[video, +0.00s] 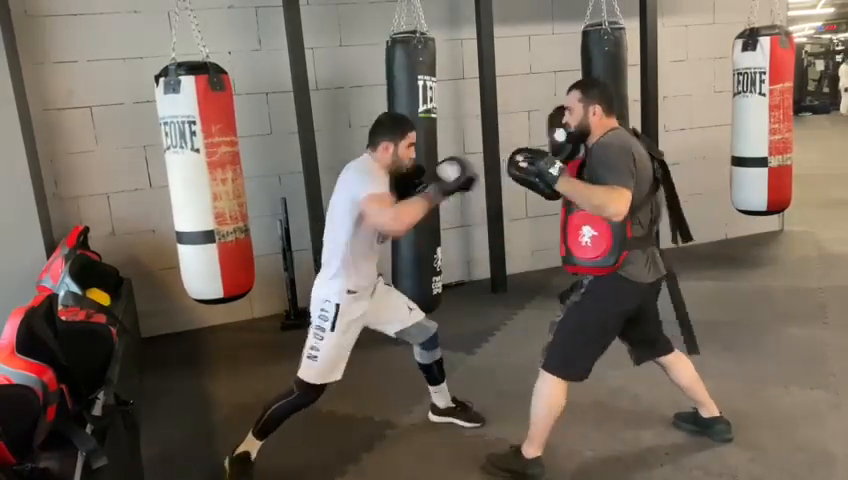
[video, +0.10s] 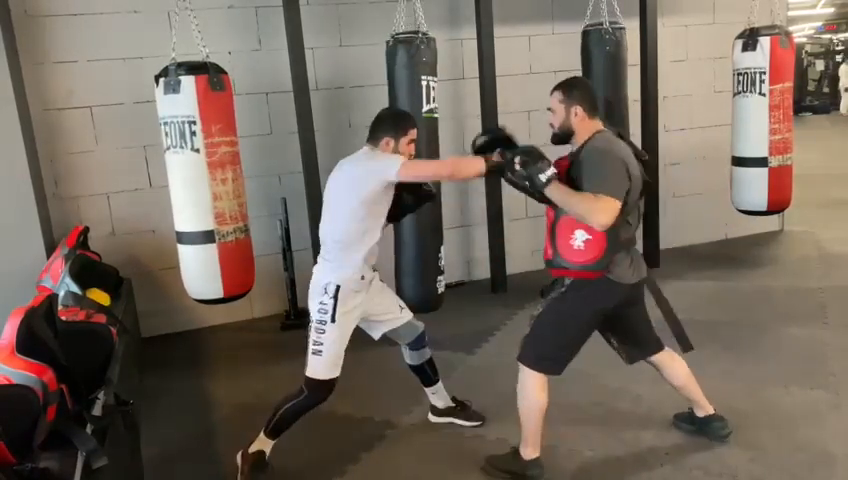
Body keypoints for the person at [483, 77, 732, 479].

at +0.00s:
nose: (567, 119)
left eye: (571, 110)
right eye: (566, 111)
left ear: (595, 110)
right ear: (603, 112)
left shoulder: (609, 148)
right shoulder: (629, 144)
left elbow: (616, 204)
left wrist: (556, 178)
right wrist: (569, 158)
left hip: (615, 278)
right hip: (644, 274)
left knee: (557, 364)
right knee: (660, 348)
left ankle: (529, 454)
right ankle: (712, 415)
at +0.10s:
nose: (550, 118)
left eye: (553, 110)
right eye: (550, 110)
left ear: (576, 111)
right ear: (582, 111)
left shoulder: (602, 152)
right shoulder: (594, 147)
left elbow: (600, 214)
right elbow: (561, 190)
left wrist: (544, 182)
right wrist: (511, 157)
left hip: (594, 281)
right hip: (621, 275)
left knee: (534, 360)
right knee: (653, 349)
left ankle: (527, 456)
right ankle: (707, 414)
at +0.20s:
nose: (531, 114)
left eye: (533, 106)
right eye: (530, 106)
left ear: (552, 106)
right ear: (569, 106)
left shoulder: (566, 143)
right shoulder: (593, 137)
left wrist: (509, 151)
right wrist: (532, 149)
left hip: (582, 273)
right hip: (621, 268)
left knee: (527, 357)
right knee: (644, 338)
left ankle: (527, 455)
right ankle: (692, 405)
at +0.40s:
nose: (509, 128)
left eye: (511, 120)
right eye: (508, 120)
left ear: (532, 119)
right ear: (547, 119)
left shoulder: (526, 153)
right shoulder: (584, 147)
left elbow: (471, 195)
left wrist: (443, 173)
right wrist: (512, 215)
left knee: (513, 361)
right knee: (629, 344)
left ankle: (524, 455)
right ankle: (661, 413)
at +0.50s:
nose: (512, 122)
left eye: (514, 114)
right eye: (511, 114)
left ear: (535, 113)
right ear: (549, 113)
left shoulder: (550, 150)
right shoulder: (576, 141)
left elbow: (536, 215)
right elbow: (565, 201)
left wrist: (498, 208)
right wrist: (519, 185)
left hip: (577, 277)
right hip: (608, 269)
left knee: (522, 361)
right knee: (618, 344)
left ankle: (526, 455)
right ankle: (662, 413)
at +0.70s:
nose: (526, 119)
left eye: (529, 111)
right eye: (526, 111)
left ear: (549, 109)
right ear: (560, 110)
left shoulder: (564, 145)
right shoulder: (590, 142)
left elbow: (581, 199)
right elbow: (568, 201)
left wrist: (519, 221)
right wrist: (518, 191)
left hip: (578, 275)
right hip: (612, 270)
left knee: (515, 353)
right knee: (622, 342)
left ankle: (518, 449)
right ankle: (664, 413)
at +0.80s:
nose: (524, 130)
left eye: (526, 123)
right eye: (523, 123)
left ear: (545, 119)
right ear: (563, 120)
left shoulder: (541, 149)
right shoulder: (594, 147)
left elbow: (501, 189)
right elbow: (622, 198)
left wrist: (431, 194)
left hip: (577, 273)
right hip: (621, 271)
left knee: (520, 362)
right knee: (625, 341)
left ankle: (514, 462)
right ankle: (664, 413)